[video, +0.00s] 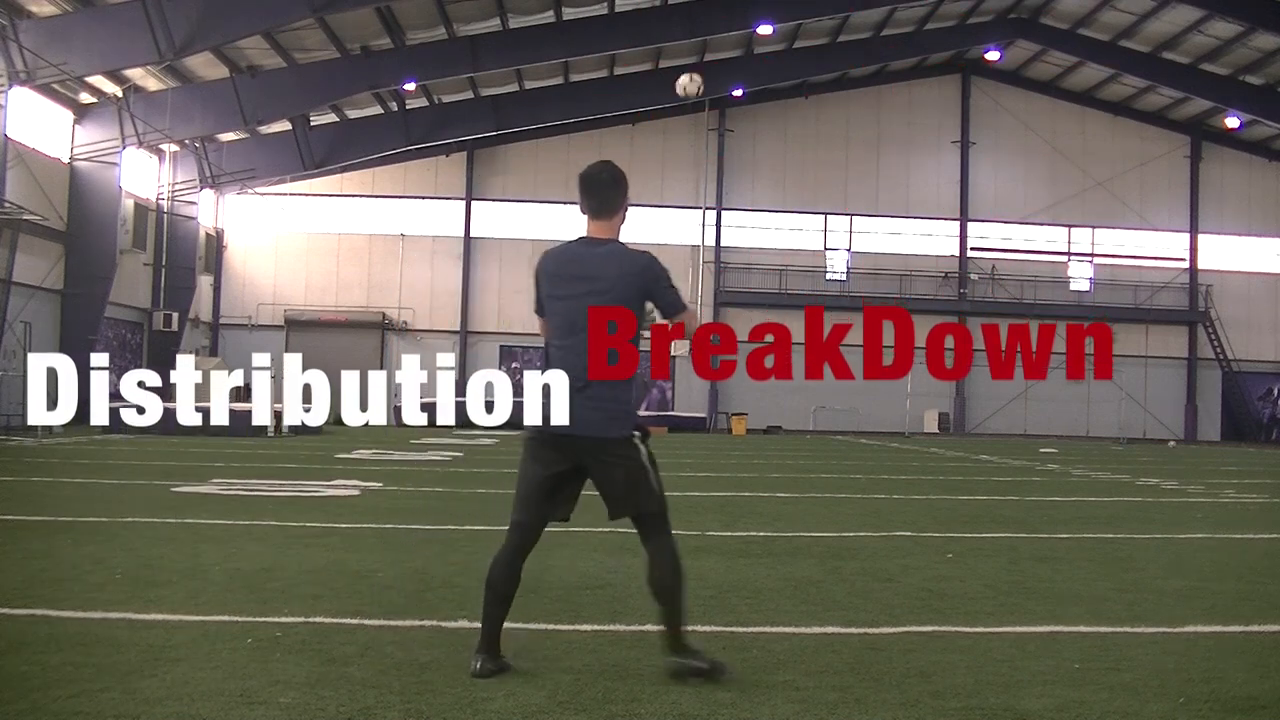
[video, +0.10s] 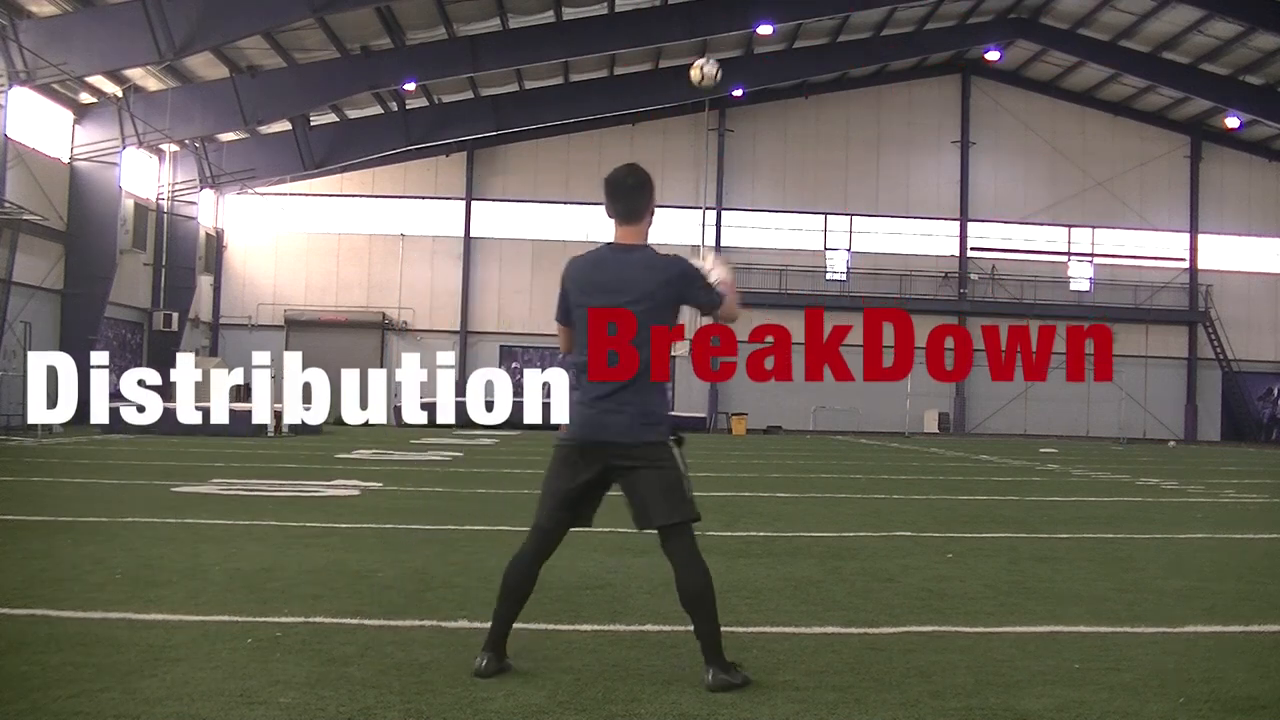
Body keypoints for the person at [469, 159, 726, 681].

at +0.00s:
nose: (621, 209)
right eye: (624, 201)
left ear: (580, 204)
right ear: (626, 204)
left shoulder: (551, 262)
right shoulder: (641, 266)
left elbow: (547, 330)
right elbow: (685, 326)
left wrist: (606, 324)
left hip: (550, 426)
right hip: (614, 430)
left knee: (519, 536)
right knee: (657, 535)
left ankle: (487, 651)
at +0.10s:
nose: (646, 211)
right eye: (652, 203)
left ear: (607, 209)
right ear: (652, 207)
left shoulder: (579, 269)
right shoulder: (670, 271)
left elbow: (567, 344)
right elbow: (728, 310)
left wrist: (617, 321)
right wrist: (720, 273)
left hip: (583, 432)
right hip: (644, 434)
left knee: (537, 543)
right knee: (682, 548)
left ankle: (492, 650)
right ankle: (716, 665)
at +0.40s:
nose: (703, 185)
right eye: (703, 177)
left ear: (658, 188)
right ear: (704, 183)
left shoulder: (633, 253)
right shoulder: (728, 237)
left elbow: (613, 326)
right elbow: (785, 201)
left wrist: (627, 376)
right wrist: (787, 146)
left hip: (636, 403)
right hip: (696, 405)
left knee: (587, 517)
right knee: (708, 536)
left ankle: (541, 630)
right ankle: (721, 663)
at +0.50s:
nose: (711, 183)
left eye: (703, 177)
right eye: (709, 177)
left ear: (661, 190)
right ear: (703, 185)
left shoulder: (636, 255)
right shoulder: (727, 242)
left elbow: (610, 330)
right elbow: (797, 203)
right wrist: (811, 134)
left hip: (648, 403)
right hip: (707, 406)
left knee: (599, 520)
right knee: (715, 536)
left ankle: (550, 631)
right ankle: (721, 665)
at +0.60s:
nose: (713, 183)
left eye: (707, 175)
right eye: (708, 175)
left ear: (663, 190)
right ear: (696, 185)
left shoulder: (635, 257)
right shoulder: (721, 246)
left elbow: (608, 329)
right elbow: (799, 218)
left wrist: (621, 381)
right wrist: (824, 147)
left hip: (652, 412)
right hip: (709, 413)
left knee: (609, 528)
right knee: (717, 540)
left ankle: (557, 638)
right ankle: (721, 666)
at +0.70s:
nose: (710, 180)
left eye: (706, 172)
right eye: (704, 173)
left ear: (663, 189)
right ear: (687, 185)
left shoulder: (630, 258)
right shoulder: (714, 249)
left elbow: (609, 335)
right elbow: (798, 253)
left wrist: (616, 390)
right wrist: (812, 181)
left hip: (649, 415)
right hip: (707, 415)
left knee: (612, 531)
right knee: (715, 544)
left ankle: (564, 639)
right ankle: (722, 667)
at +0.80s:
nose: (699, 186)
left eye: (695, 177)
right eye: (696, 177)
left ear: (649, 189)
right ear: (683, 184)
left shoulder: (617, 261)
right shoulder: (699, 254)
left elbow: (601, 343)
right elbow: (771, 296)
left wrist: (613, 399)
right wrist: (798, 225)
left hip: (641, 421)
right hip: (701, 422)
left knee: (612, 529)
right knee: (711, 544)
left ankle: (558, 632)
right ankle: (722, 667)